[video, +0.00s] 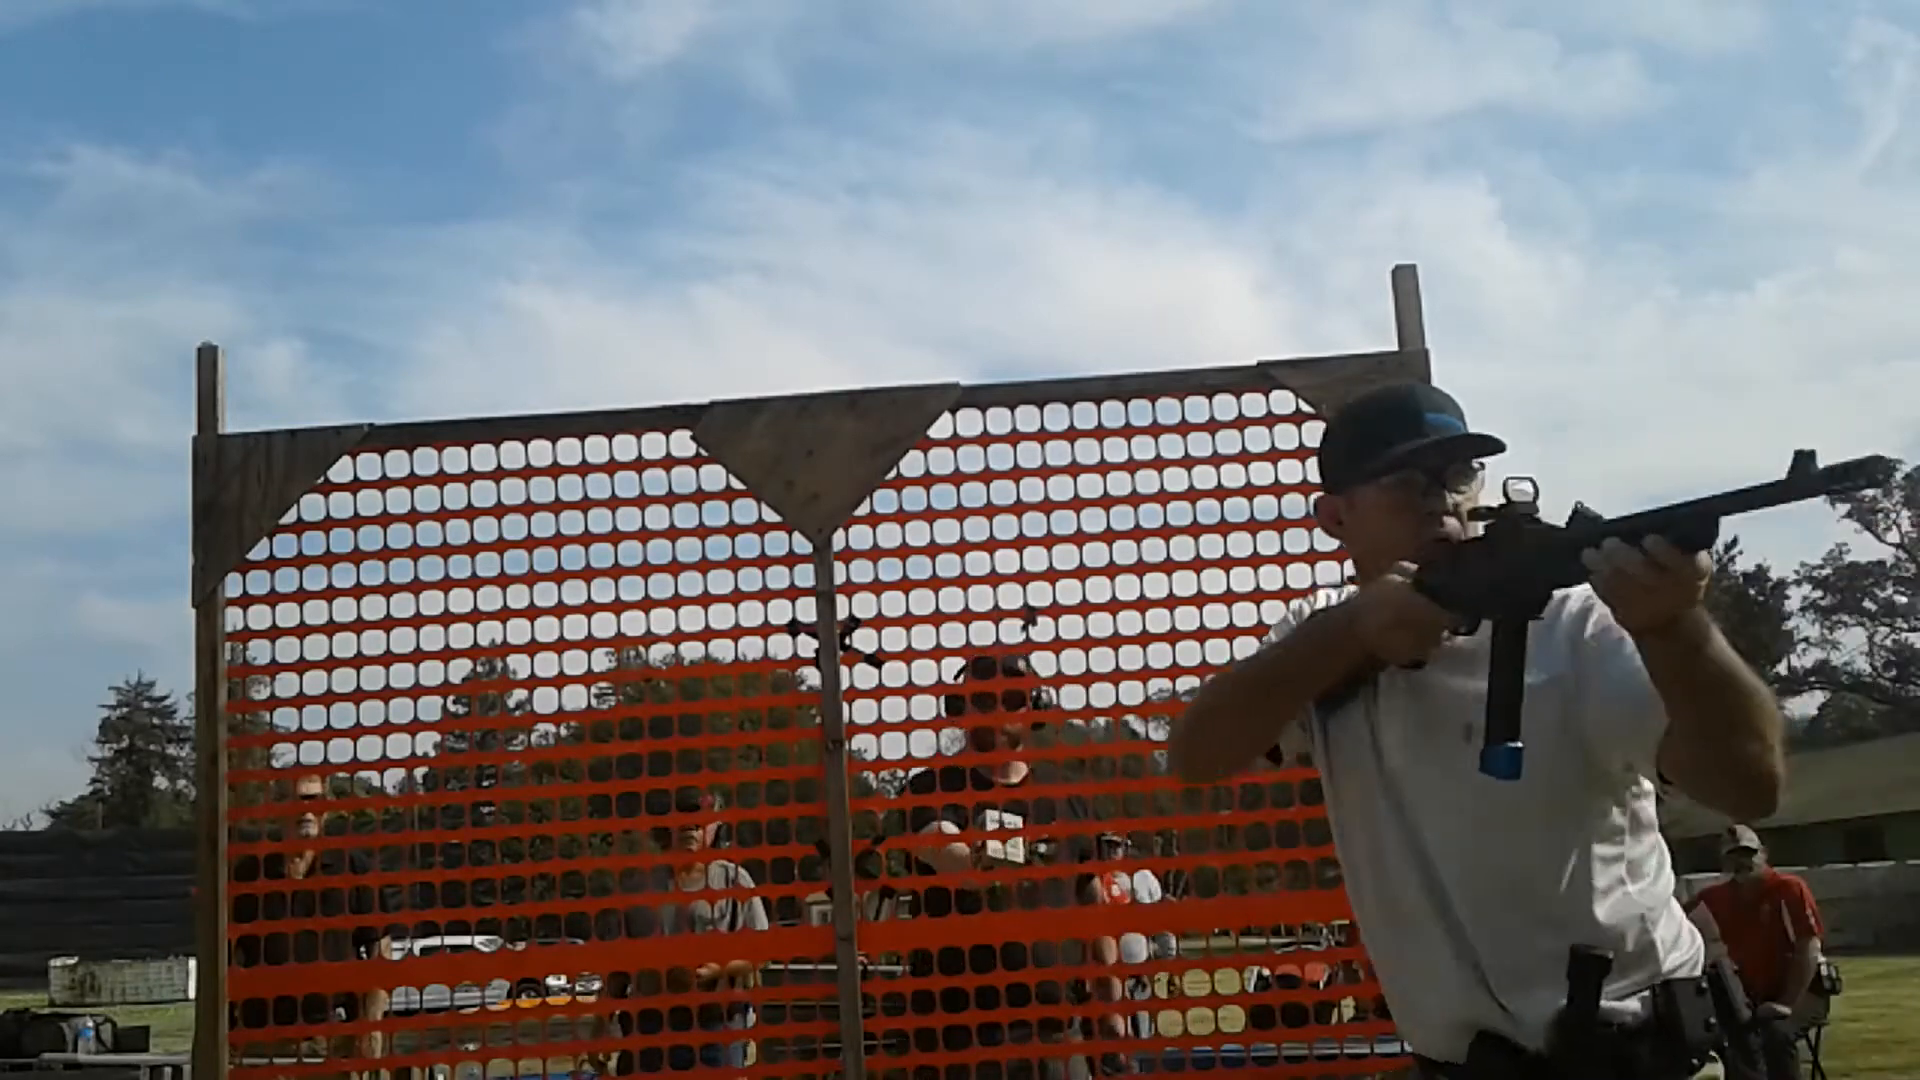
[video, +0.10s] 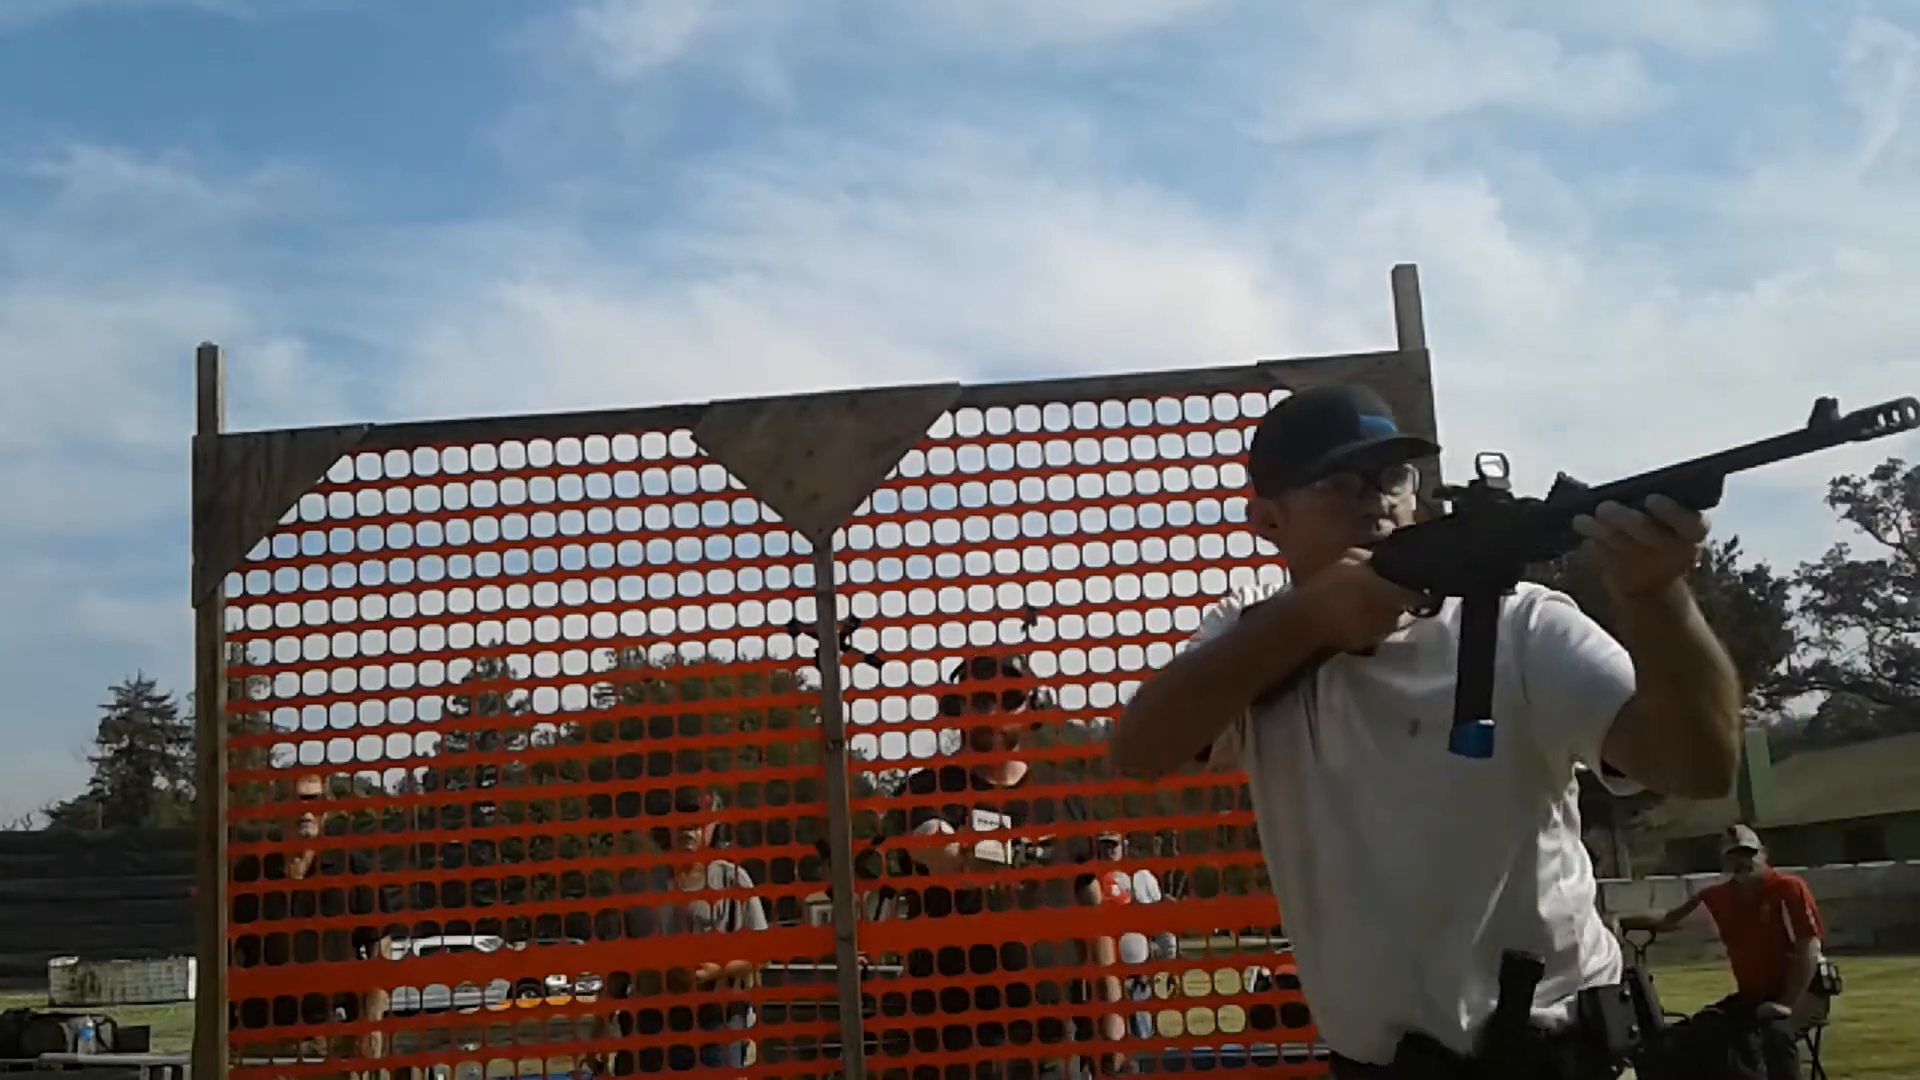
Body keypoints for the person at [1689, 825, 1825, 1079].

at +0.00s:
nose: (1742, 861)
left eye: (1748, 853)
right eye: (1733, 855)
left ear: (1762, 855)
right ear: (1724, 862)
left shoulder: (1789, 889)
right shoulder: (1711, 899)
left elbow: (1810, 948)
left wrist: (1786, 1003)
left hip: (1794, 997)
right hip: (1740, 1000)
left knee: (1776, 1032)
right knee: (1735, 1037)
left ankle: (1784, 1075)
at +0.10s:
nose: (1742, 862)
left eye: (1748, 855)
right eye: (1734, 857)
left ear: (1762, 856)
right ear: (1724, 862)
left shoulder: (1789, 889)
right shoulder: (1714, 896)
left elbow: (1809, 948)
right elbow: (1668, 922)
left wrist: (1787, 1003)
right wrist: (1619, 922)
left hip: (1801, 999)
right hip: (1751, 998)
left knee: (1774, 1033)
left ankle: (1785, 1075)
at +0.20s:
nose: (1742, 861)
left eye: (1749, 853)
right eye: (1734, 855)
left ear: (1762, 856)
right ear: (1724, 861)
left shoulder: (1789, 889)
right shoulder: (1714, 896)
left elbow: (1809, 948)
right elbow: (1668, 922)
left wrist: (1788, 1004)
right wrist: (1621, 922)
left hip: (1801, 999)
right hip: (1751, 999)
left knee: (1775, 1033)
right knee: (1691, 1033)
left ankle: (1785, 1075)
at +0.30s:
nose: (1742, 860)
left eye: (1748, 853)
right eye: (1734, 855)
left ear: (1762, 855)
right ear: (1725, 861)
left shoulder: (1790, 889)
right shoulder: (1715, 897)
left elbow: (1809, 949)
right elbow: (1669, 921)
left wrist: (1788, 1004)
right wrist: (1622, 922)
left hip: (1801, 1000)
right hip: (1751, 998)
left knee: (1774, 1034)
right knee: (1690, 1034)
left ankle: (1785, 1075)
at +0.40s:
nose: (1741, 860)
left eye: (1748, 853)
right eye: (1733, 855)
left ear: (1762, 855)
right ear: (1724, 861)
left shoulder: (1789, 889)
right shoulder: (1716, 897)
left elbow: (1809, 949)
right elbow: (1668, 922)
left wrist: (1788, 1004)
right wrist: (1621, 922)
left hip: (1801, 999)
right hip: (1752, 998)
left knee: (1775, 1033)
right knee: (1690, 1033)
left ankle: (1785, 1075)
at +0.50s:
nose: (1741, 860)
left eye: (1748, 853)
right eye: (1733, 855)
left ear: (1761, 855)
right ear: (1724, 861)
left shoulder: (1789, 889)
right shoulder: (1715, 897)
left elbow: (1809, 949)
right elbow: (1668, 922)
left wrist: (1788, 1004)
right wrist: (1621, 923)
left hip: (1801, 999)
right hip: (1752, 998)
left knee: (1775, 1033)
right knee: (1691, 1033)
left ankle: (1785, 1075)